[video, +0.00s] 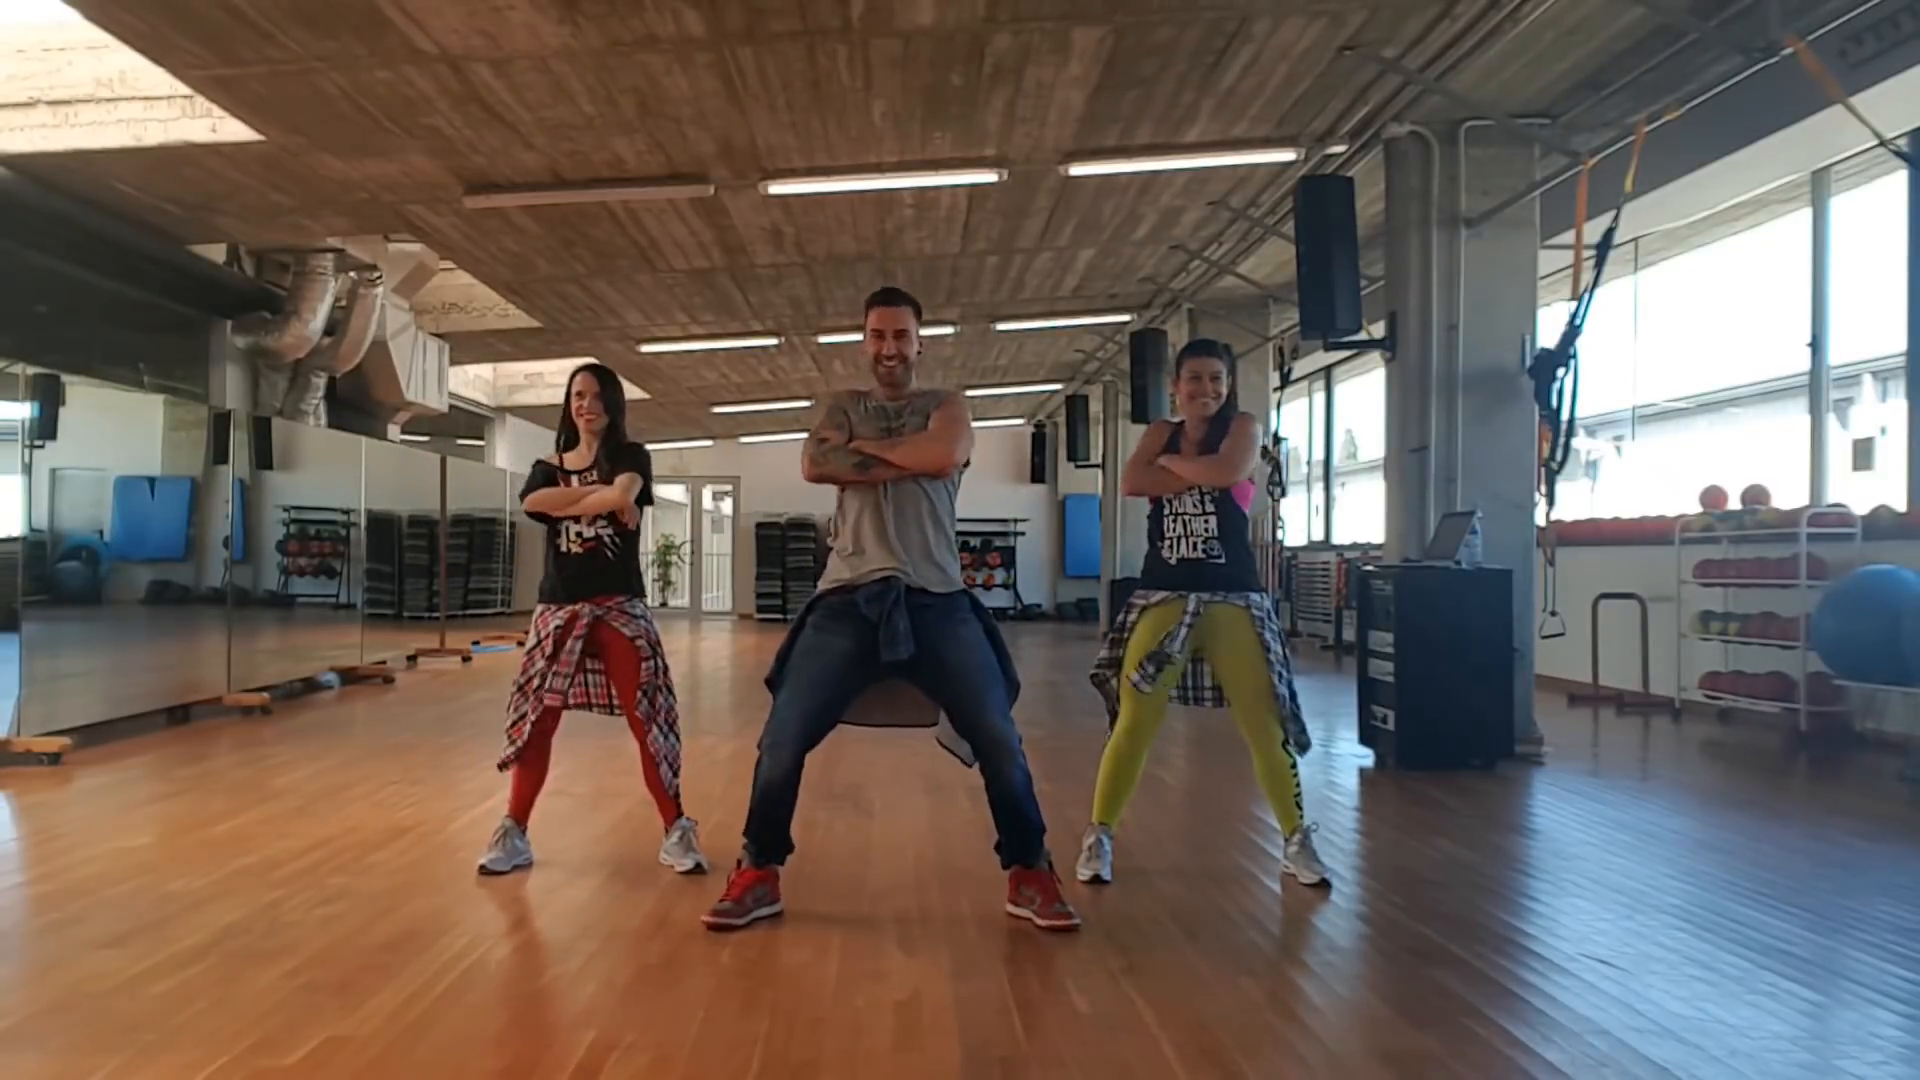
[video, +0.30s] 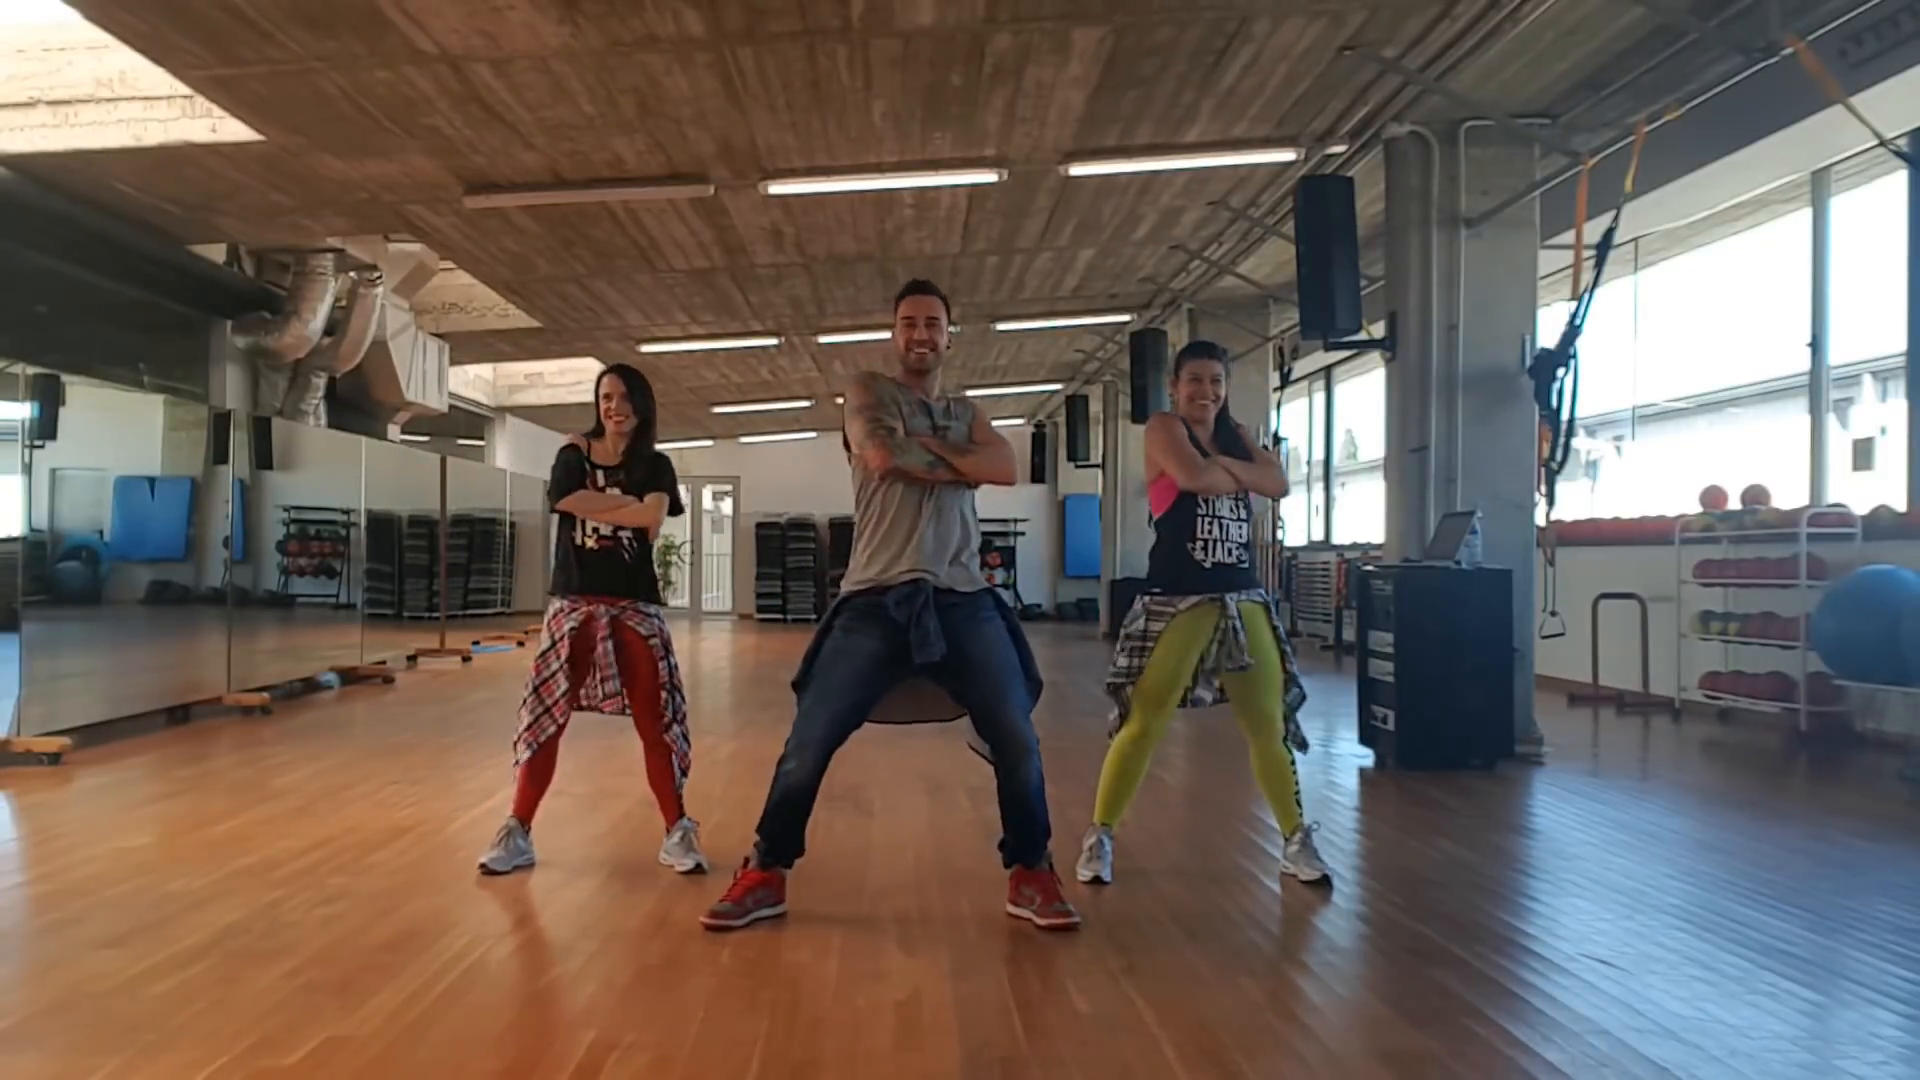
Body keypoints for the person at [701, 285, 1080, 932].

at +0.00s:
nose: (890, 347)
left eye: (901, 337)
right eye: (879, 337)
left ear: (918, 342)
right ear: (864, 342)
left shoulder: (945, 404)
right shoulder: (840, 408)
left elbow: (944, 453)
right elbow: (814, 467)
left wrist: (855, 446)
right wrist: (909, 462)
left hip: (935, 596)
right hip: (846, 596)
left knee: (996, 733)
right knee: (780, 741)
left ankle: (1029, 873)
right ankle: (758, 873)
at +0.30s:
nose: (920, 334)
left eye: (931, 324)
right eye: (909, 324)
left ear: (948, 335)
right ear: (892, 334)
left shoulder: (966, 412)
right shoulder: (870, 391)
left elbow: (1006, 469)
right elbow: (879, 459)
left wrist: (913, 447)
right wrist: (965, 469)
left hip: (962, 596)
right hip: (874, 595)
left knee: (1016, 736)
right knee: (810, 735)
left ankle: (1031, 874)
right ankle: (765, 873)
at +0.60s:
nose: (896, 325)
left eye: (907, 315)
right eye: (884, 315)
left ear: (923, 329)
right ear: (866, 330)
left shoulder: (945, 395)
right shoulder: (840, 401)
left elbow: (950, 448)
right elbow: (815, 464)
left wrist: (856, 439)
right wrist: (912, 458)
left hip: (938, 594)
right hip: (847, 592)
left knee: (996, 729)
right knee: (784, 731)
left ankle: (1030, 873)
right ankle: (758, 872)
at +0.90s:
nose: (890, 327)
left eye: (901, 318)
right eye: (878, 318)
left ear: (916, 333)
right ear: (859, 333)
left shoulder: (941, 398)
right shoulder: (835, 409)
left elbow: (934, 457)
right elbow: (808, 474)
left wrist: (847, 449)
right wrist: (900, 464)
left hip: (932, 598)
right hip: (842, 598)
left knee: (993, 735)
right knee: (776, 735)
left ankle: (1029, 872)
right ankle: (758, 873)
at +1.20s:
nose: (921, 327)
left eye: (931, 318)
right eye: (909, 318)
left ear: (947, 332)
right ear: (890, 332)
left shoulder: (968, 409)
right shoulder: (870, 390)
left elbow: (1006, 468)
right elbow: (879, 460)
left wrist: (914, 449)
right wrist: (964, 470)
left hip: (967, 595)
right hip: (878, 594)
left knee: (1020, 733)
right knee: (817, 732)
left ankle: (1033, 875)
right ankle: (771, 874)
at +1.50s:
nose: (902, 327)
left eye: (914, 317)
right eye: (891, 316)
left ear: (930, 329)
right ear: (873, 327)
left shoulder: (948, 395)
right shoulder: (843, 394)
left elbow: (960, 450)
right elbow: (820, 461)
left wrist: (864, 439)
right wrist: (916, 456)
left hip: (938, 593)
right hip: (848, 590)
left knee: (997, 731)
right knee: (782, 729)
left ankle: (1028, 874)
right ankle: (760, 871)